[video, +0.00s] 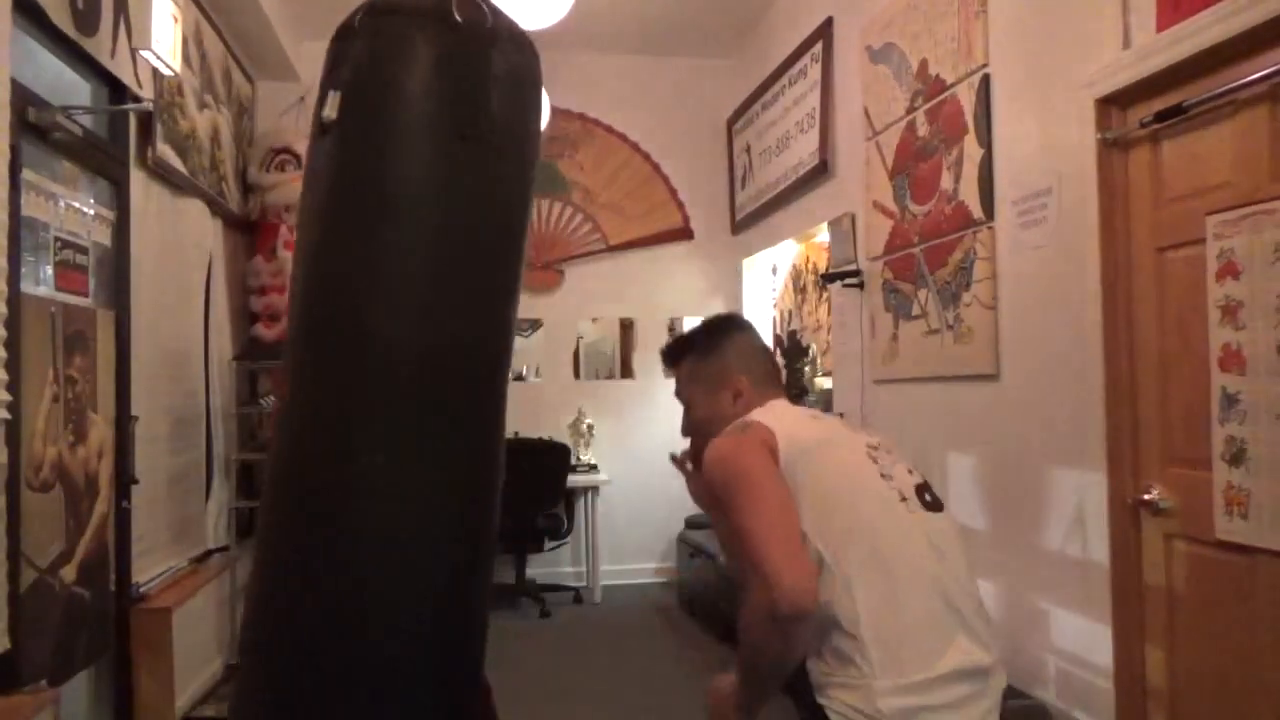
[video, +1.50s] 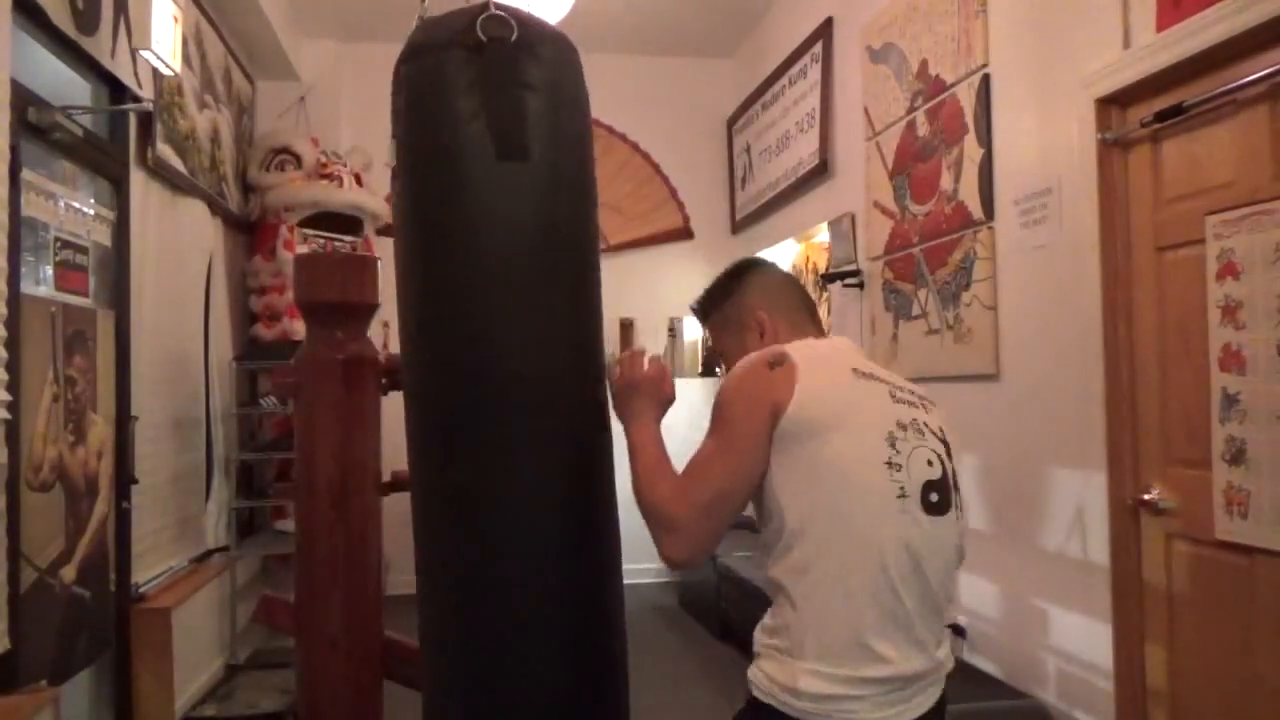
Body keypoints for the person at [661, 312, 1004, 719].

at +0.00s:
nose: (683, 428)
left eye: (687, 404)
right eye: (682, 406)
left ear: (736, 393)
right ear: (759, 389)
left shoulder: (738, 444)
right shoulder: (842, 431)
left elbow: (789, 598)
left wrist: (745, 696)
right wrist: (720, 509)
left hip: (883, 707)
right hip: (977, 698)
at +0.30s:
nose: (632, 405)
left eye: (643, 383)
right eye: (631, 385)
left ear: (710, 379)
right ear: (711, 382)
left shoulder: (798, 448)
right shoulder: (739, 473)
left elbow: (855, 641)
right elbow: (695, 615)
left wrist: (682, 625)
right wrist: (642, 499)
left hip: (923, 703)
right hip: (841, 690)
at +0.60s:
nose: (594, 307)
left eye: (607, 285)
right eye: (594, 285)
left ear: (686, 285)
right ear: (686, 289)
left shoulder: (786, 404)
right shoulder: (677, 403)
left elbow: (716, 629)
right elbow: (571, 504)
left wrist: (562, 529)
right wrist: (577, 350)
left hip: (851, 707)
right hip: (765, 692)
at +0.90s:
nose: (601, 306)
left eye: (606, 279)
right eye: (600, 281)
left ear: (663, 269)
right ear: (662, 270)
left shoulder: (758, 388)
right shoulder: (740, 363)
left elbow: (655, 594)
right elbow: (633, 486)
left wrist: (582, 415)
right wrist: (600, 397)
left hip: (804, 706)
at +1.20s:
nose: (704, 326)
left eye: (700, 305)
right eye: (697, 310)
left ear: (735, 279)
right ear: (796, 274)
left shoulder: (740, 349)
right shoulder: (881, 358)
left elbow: (612, 490)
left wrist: (615, 344)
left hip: (773, 702)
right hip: (893, 689)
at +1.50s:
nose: (728, 378)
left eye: (725, 362)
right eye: (722, 366)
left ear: (760, 330)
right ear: (813, 326)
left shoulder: (767, 376)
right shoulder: (899, 388)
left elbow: (680, 540)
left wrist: (640, 418)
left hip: (810, 704)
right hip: (922, 697)